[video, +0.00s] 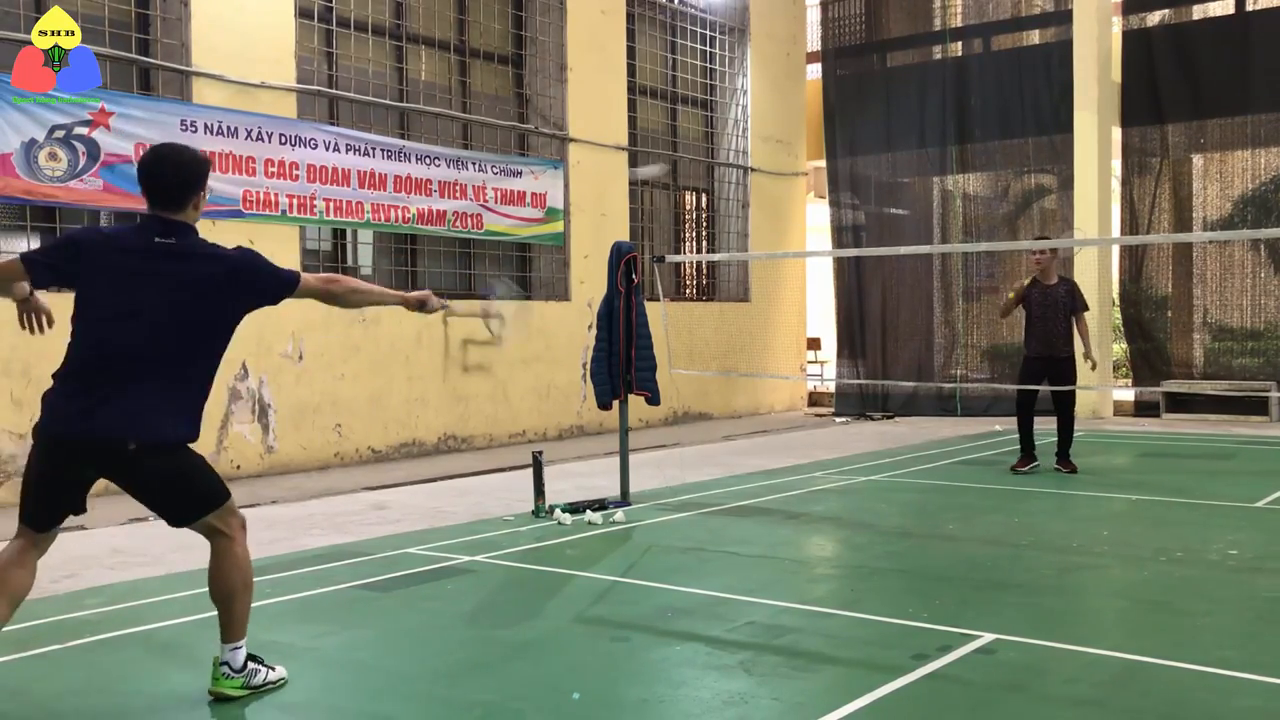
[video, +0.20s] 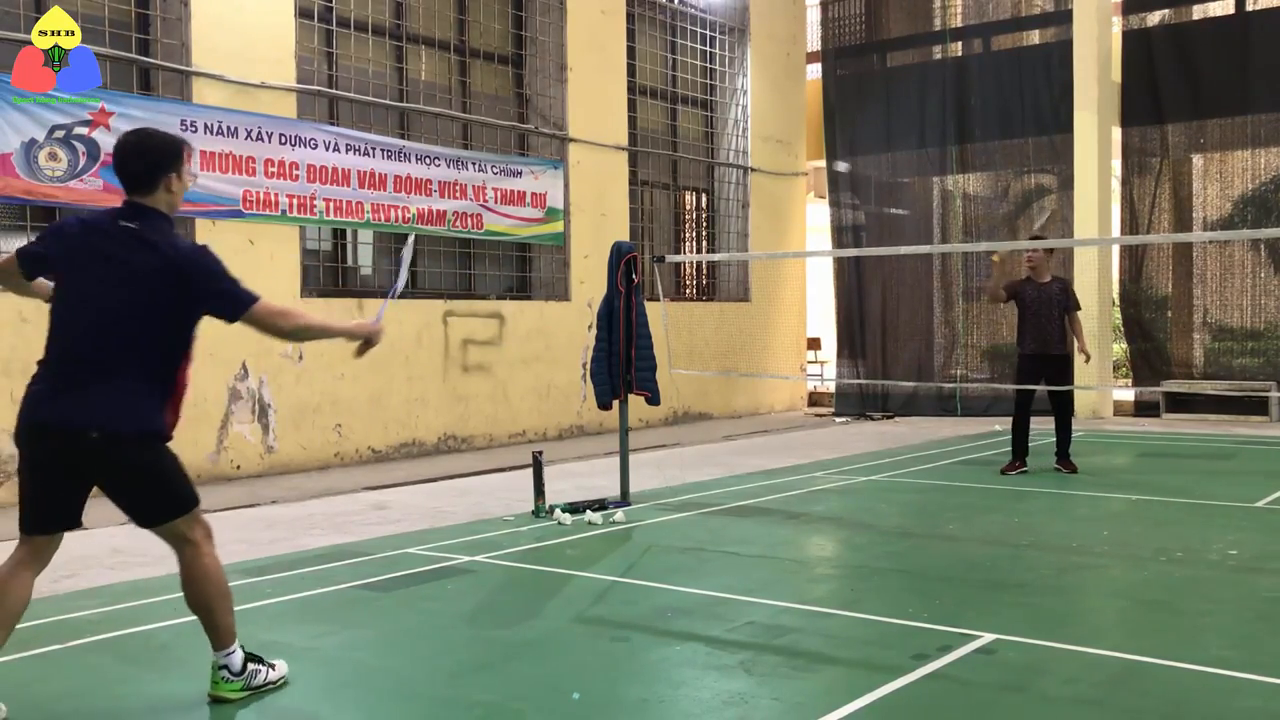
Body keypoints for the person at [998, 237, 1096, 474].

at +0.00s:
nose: (1036, 257)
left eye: (1042, 253)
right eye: (1033, 253)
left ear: (1053, 255)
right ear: (1029, 257)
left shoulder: (1068, 286)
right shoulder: (1027, 287)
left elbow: (1080, 319)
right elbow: (1003, 313)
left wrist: (1088, 350)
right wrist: (1015, 294)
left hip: (1063, 357)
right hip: (1034, 356)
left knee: (1065, 409)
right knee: (1023, 404)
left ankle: (1063, 458)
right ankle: (1027, 455)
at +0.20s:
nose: (1028, 255)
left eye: (1034, 251)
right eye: (1026, 251)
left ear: (1047, 255)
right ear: (1024, 256)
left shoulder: (1062, 285)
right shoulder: (1021, 285)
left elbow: (1073, 317)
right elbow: (994, 296)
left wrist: (1081, 343)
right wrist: (997, 272)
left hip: (1058, 356)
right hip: (1029, 356)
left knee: (1063, 410)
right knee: (1021, 409)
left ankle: (1063, 458)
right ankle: (1018, 459)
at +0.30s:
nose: (1021, 254)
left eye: (1027, 251)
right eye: (1021, 251)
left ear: (1041, 255)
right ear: (1021, 256)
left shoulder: (1057, 285)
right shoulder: (1016, 284)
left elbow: (1069, 317)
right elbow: (988, 285)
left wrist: (1082, 345)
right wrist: (972, 266)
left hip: (1054, 355)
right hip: (1025, 355)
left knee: (1061, 408)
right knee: (1019, 408)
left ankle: (1063, 458)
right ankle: (1018, 459)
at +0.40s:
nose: (1018, 256)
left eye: (1023, 252)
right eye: (1017, 252)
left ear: (1038, 255)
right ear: (1018, 257)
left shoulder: (1053, 285)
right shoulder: (1010, 285)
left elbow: (1067, 318)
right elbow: (980, 285)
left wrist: (1080, 347)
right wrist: (955, 279)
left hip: (1049, 355)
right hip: (1021, 355)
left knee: (1059, 407)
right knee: (1016, 409)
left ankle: (1062, 455)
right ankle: (1018, 459)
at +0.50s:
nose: (1018, 255)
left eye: (1023, 251)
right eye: (1017, 252)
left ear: (1037, 255)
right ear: (1017, 257)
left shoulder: (1052, 286)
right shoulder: (1008, 287)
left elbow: (1065, 321)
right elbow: (983, 308)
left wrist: (1077, 351)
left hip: (1044, 357)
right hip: (1016, 358)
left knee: (1054, 407)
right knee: (1013, 411)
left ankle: (1060, 452)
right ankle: (1017, 459)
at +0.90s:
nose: (1030, 256)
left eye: (1035, 251)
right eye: (1027, 252)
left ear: (1046, 255)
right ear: (1023, 256)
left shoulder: (1057, 289)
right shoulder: (1014, 285)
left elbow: (1064, 321)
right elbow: (986, 300)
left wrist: (1065, 350)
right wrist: (961, 303)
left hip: (1043, 357)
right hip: (1015, 356)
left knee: (1057, 405)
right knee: (1012, 410)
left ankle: (1069, 448)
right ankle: (1017, 460)